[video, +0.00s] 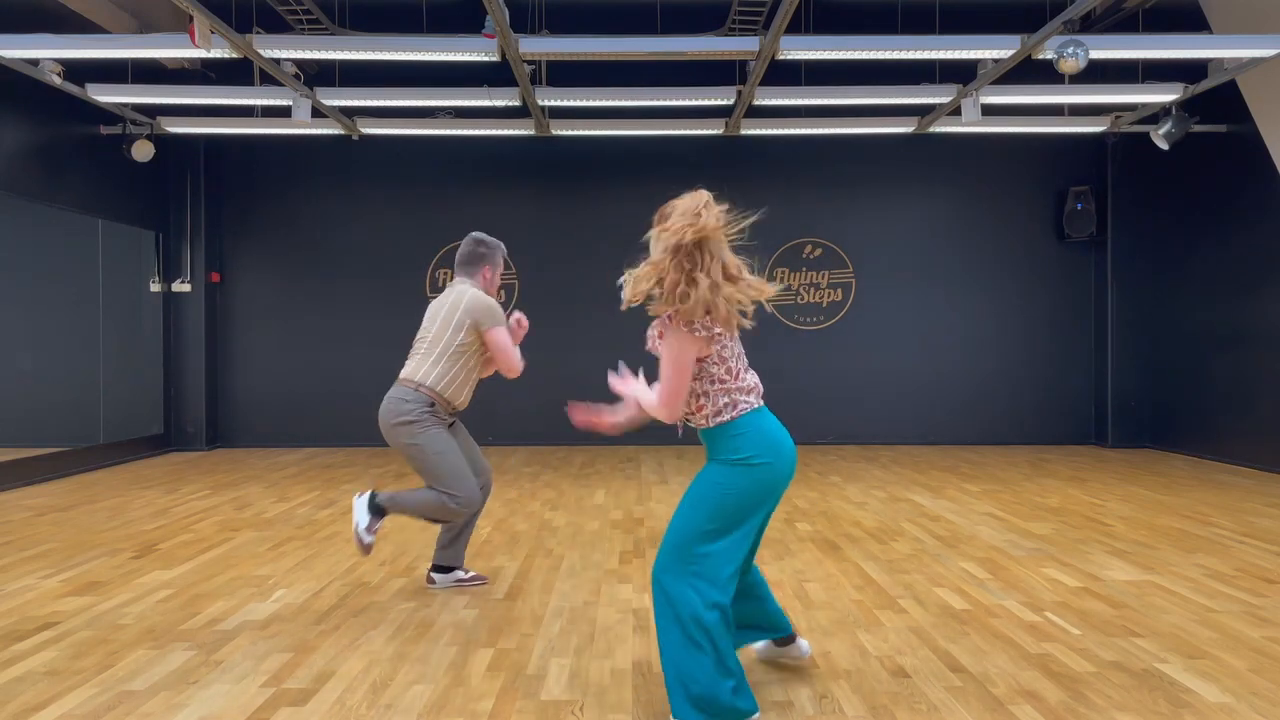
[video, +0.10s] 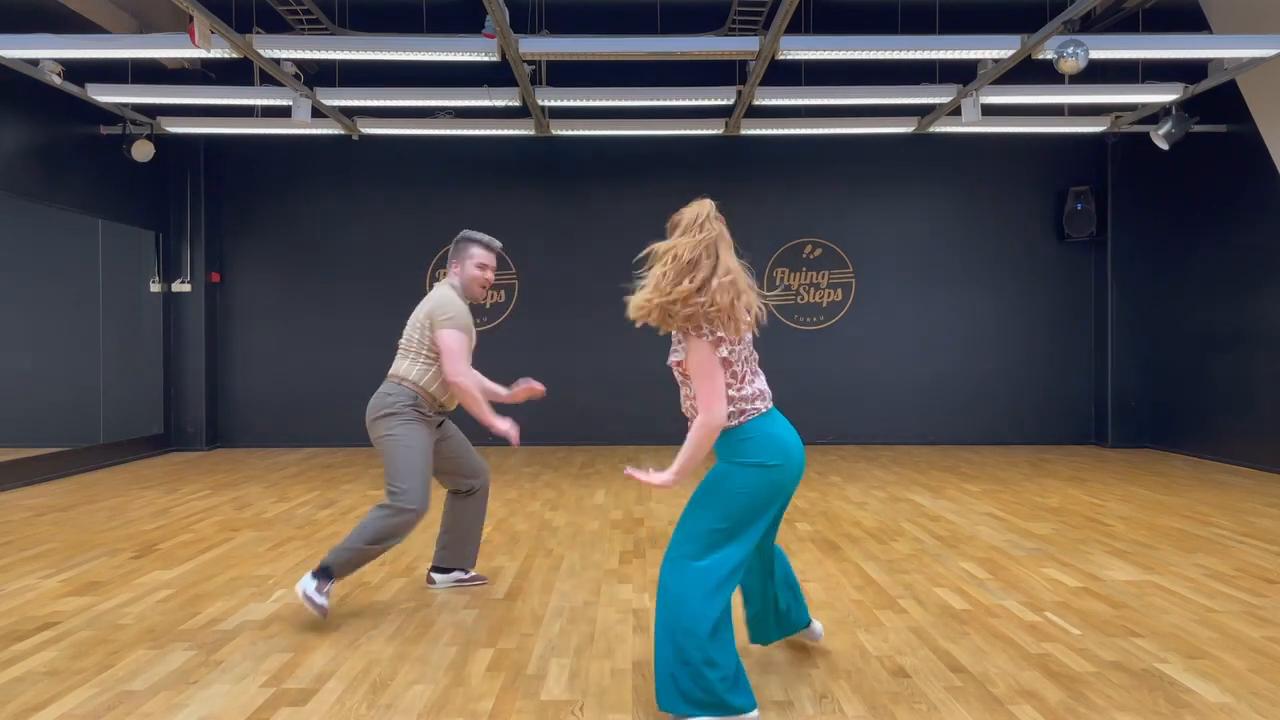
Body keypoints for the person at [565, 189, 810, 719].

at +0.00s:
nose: (656, 258)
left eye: (659, 249)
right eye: (659, 249)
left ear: (665, 257)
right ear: (713, 253)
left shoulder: (685, 321)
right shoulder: (709, 308)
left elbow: (668, 410)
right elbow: (672, 389)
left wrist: (636, 391)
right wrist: (621, 418)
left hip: (743, 456)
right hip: (765, 446)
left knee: (677, 572)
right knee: (726, 553)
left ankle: (716, 706)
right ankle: (781, 637)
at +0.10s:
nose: (664, 271)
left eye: (668, 261)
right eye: (668, 260)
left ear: (677, 269)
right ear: (721, 264)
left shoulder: (698, 326)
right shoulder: (732, 314)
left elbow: (713, 413)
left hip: (749, 454)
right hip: (779, 443)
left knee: (687, 565)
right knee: (753, 540)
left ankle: (719, 698)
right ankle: (797, 621)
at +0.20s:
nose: (685, 252)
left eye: (688, 242)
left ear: (690, 246)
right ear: (736, 243)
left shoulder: (706, 302)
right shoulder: (754, 287)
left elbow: (726, 372)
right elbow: (813, 319)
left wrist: (699, 413)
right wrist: (840, 318)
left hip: (761, 442)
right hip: (793, 433)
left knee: (722, 558)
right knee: (782, 533)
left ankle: (727, 689)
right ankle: (811, 617)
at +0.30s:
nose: (699, 268)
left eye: (700, 259)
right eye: (702, 261)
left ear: (709, 258)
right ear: (754, 247)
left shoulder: (739, 297)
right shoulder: (779, 274)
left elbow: (742, 325)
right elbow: (826, 258)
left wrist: (713, 325)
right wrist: (866, 229)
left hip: (781, 434)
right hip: (803, 425)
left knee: (756, 543)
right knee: (793, 535)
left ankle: (738, 673)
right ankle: (827, 618)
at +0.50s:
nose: (738, 248)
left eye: (740, 240)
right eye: (746, 240)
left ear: (745, 244)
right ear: (785, 239)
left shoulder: (764, 289)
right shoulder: (808, 273)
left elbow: (762, 327)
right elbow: (859, 257)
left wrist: (721, 324)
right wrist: (903, 225)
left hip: (809, 422)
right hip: (837, 414)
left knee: (788, 530)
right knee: (828, 522)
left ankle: (788, 652)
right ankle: (830, 613)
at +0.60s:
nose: (748, 247)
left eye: (749, 240)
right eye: (753, 238)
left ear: (755, 243)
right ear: (794, 240)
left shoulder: (765, 294)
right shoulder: (818, 279)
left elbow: (763, 346)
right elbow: (873, 284)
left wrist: (724, 368)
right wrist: (926, 274)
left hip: (814, 419)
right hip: (848, 410)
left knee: (794, 529)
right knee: (838, 523)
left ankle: (817, 648)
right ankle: (837, 616)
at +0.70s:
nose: (760, 246)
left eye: (760, 239)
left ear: (763, 243)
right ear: (804, 240)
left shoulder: (764, 299)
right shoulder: (826, 284)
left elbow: (764, 366)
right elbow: (868, 326)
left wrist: (740, 425)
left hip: (812, 415)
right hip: (853, 405)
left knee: (801, 527)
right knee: (848, 514)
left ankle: (852, 634)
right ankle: (838, 602)